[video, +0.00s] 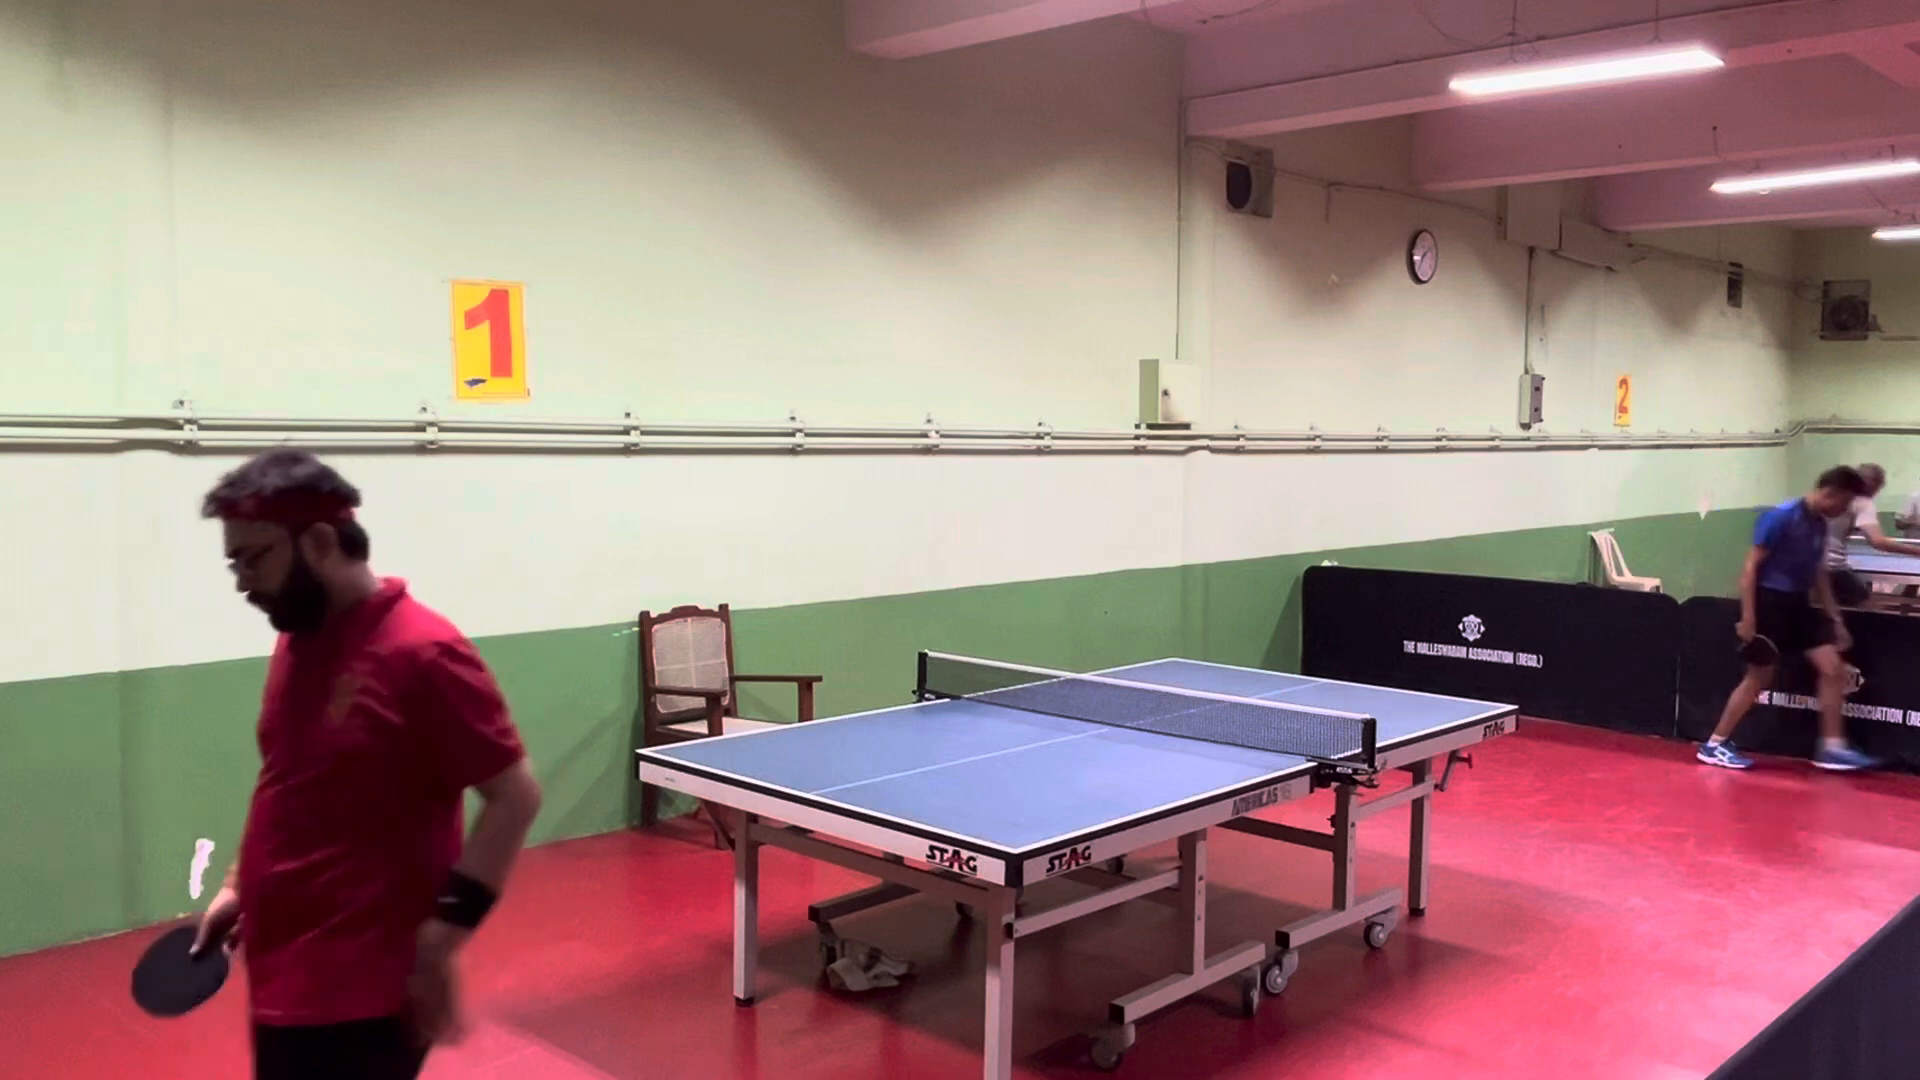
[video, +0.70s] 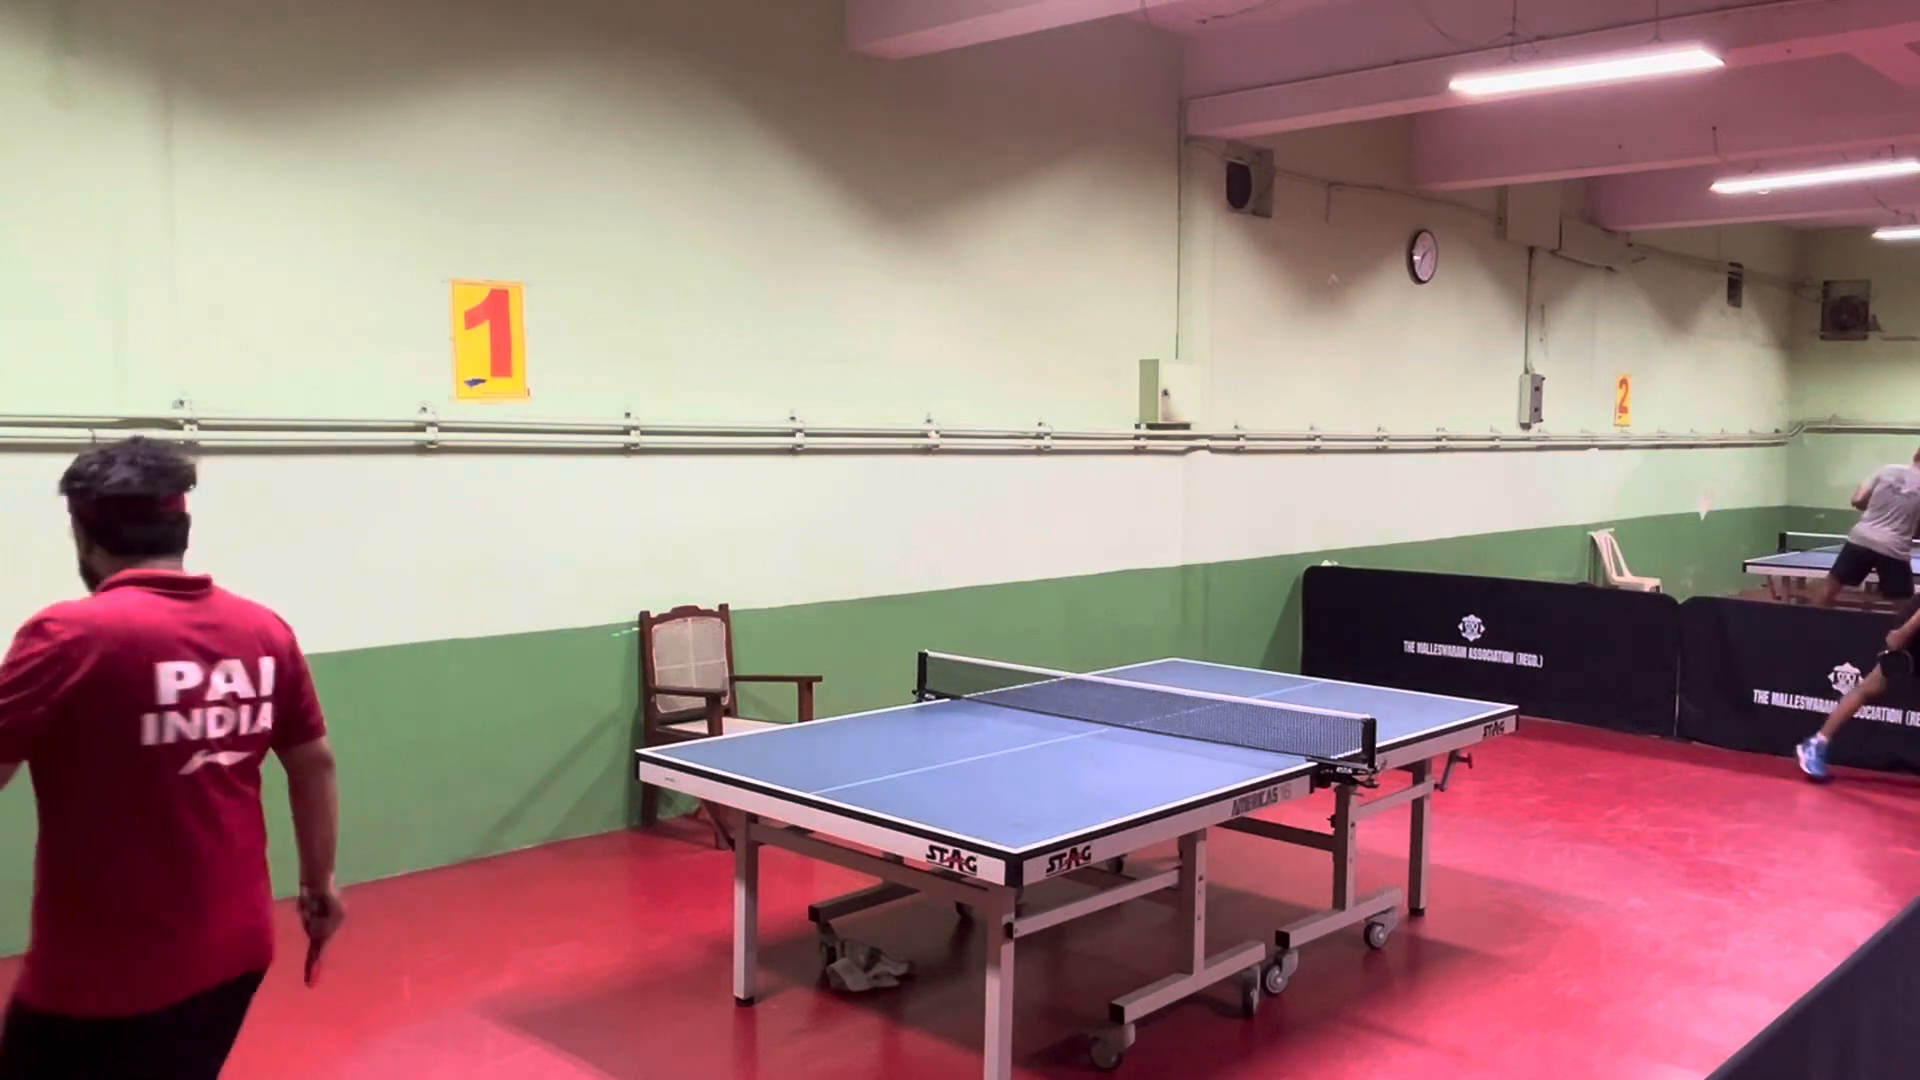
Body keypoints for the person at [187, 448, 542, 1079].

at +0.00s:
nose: (241, 583)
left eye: (253, 558)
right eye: (236, 564)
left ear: (320, 541)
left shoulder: (424, 650)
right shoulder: (297, 646)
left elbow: (514, 794)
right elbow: (293, 792)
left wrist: (444, 935)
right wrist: (240, 890)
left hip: (367, 990)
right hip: (286, 985)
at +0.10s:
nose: (205, 586)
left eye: (214, 560)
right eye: (197, 566)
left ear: (281, 542)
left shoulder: (386, 640)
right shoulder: (274, 643)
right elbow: (284, 799)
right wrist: (225, 913)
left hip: (328, 996)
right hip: (243, 980)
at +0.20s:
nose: (166, 579)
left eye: (175, 552)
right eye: (160, 558)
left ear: (241, 534)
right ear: (241, 536)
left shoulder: (334, 628)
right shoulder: (263, 630)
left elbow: (360, 784)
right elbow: (277, 787)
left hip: (294, 1003)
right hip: (217, 982)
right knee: (150, 1072)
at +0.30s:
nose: (130, 581)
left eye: (137, 552)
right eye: (123, 559)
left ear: (200, 533)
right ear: (202, 535)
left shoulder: (283, 626)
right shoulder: (251, 621)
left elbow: (206, 790)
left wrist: (113, 704)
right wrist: (120, 706)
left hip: (266, 993)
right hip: (202, 976)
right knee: (126, 1073)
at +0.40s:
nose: (95, 583)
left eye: (102, 556)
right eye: (88, 561)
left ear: (162, 540)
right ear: (169, 539)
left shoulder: (210, 635)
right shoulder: (291, 622)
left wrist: (68, 668)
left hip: (217, 991)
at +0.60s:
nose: (63, 569)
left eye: (62, 551)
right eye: (58, 553)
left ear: (99, 540)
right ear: (175, 532)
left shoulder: (107, 643)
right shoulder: (276, 638)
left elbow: (8, 789)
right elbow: (319, 770)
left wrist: (16, 668)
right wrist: (307, 893)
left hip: (135, 989)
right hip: (247, 974)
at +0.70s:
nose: (74, 546)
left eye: (73, 530)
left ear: (85, 534)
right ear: (182, 528)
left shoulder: (63, 639)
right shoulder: (264, 632)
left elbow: (2, 765)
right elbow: (313, 763)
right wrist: (319, 881)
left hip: (97, 975)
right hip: (231, 958)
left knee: (39, 1066)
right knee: (185, 1069)